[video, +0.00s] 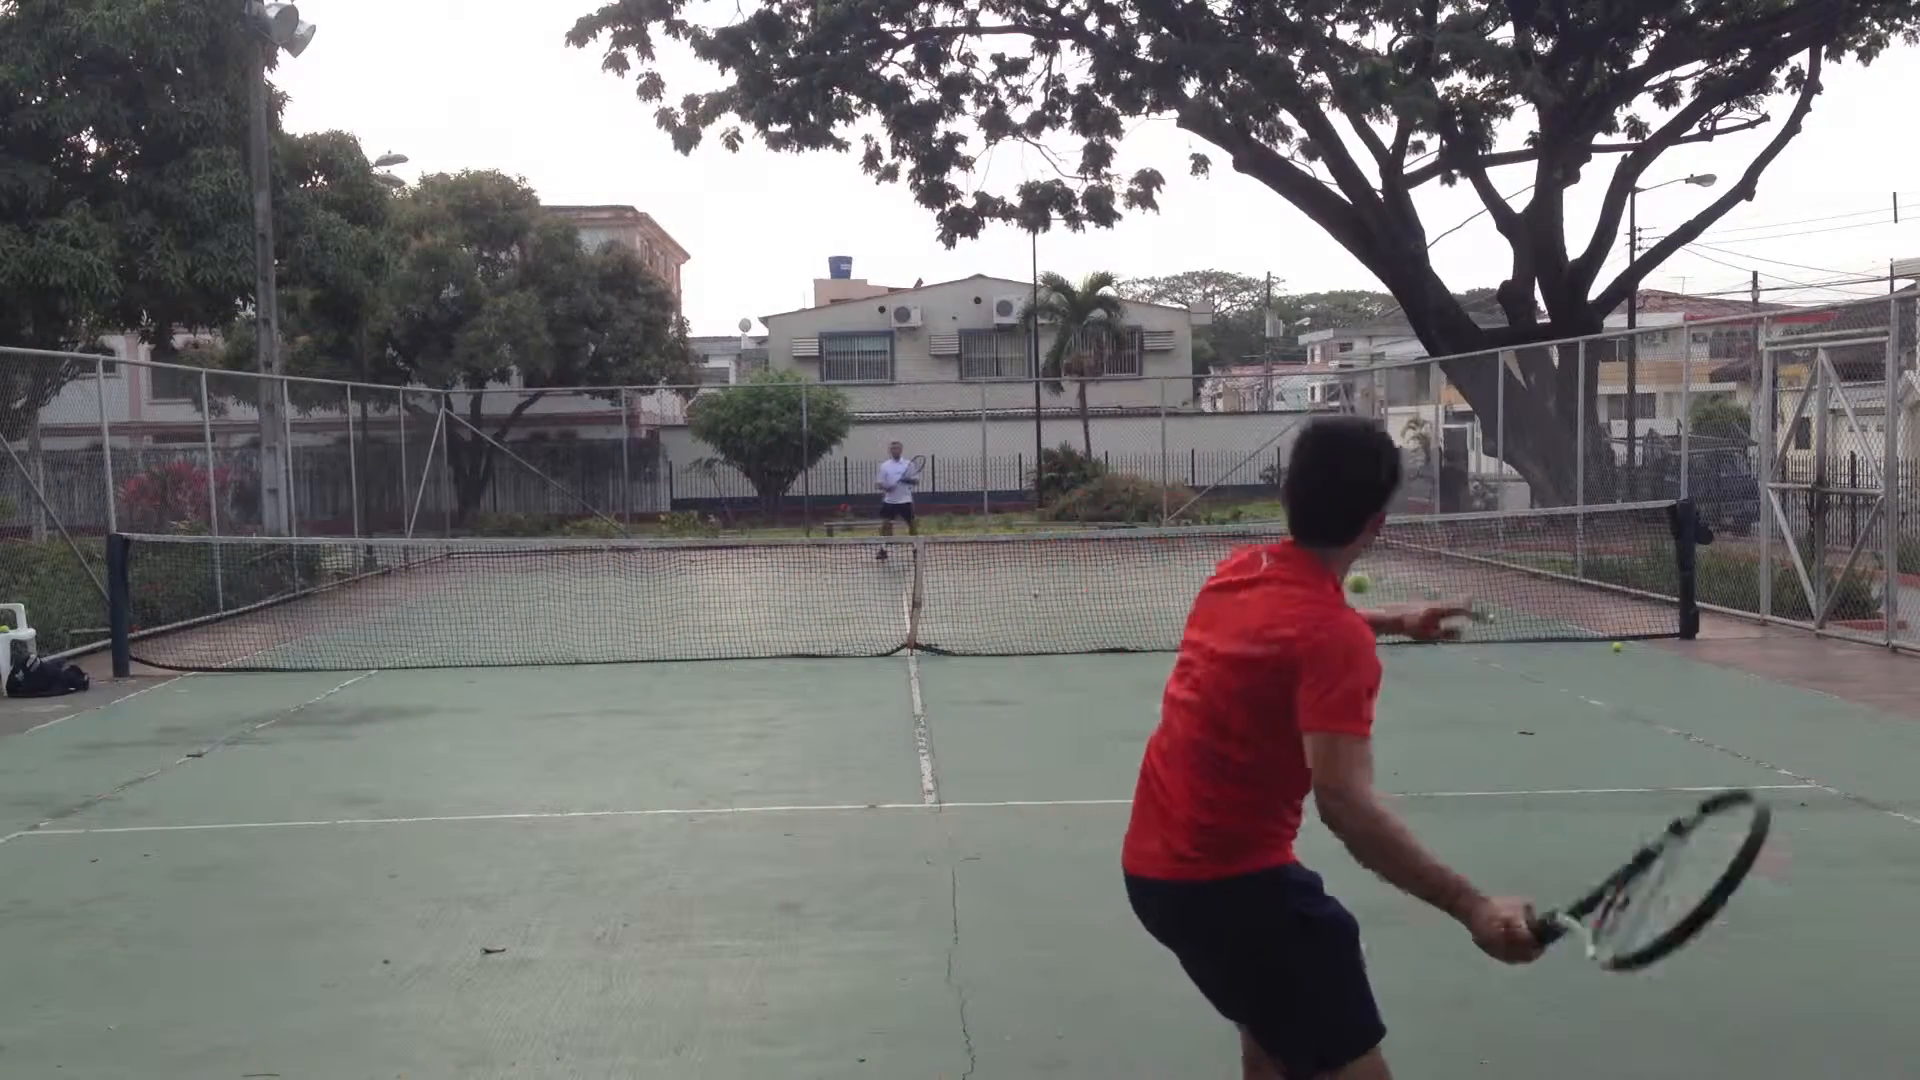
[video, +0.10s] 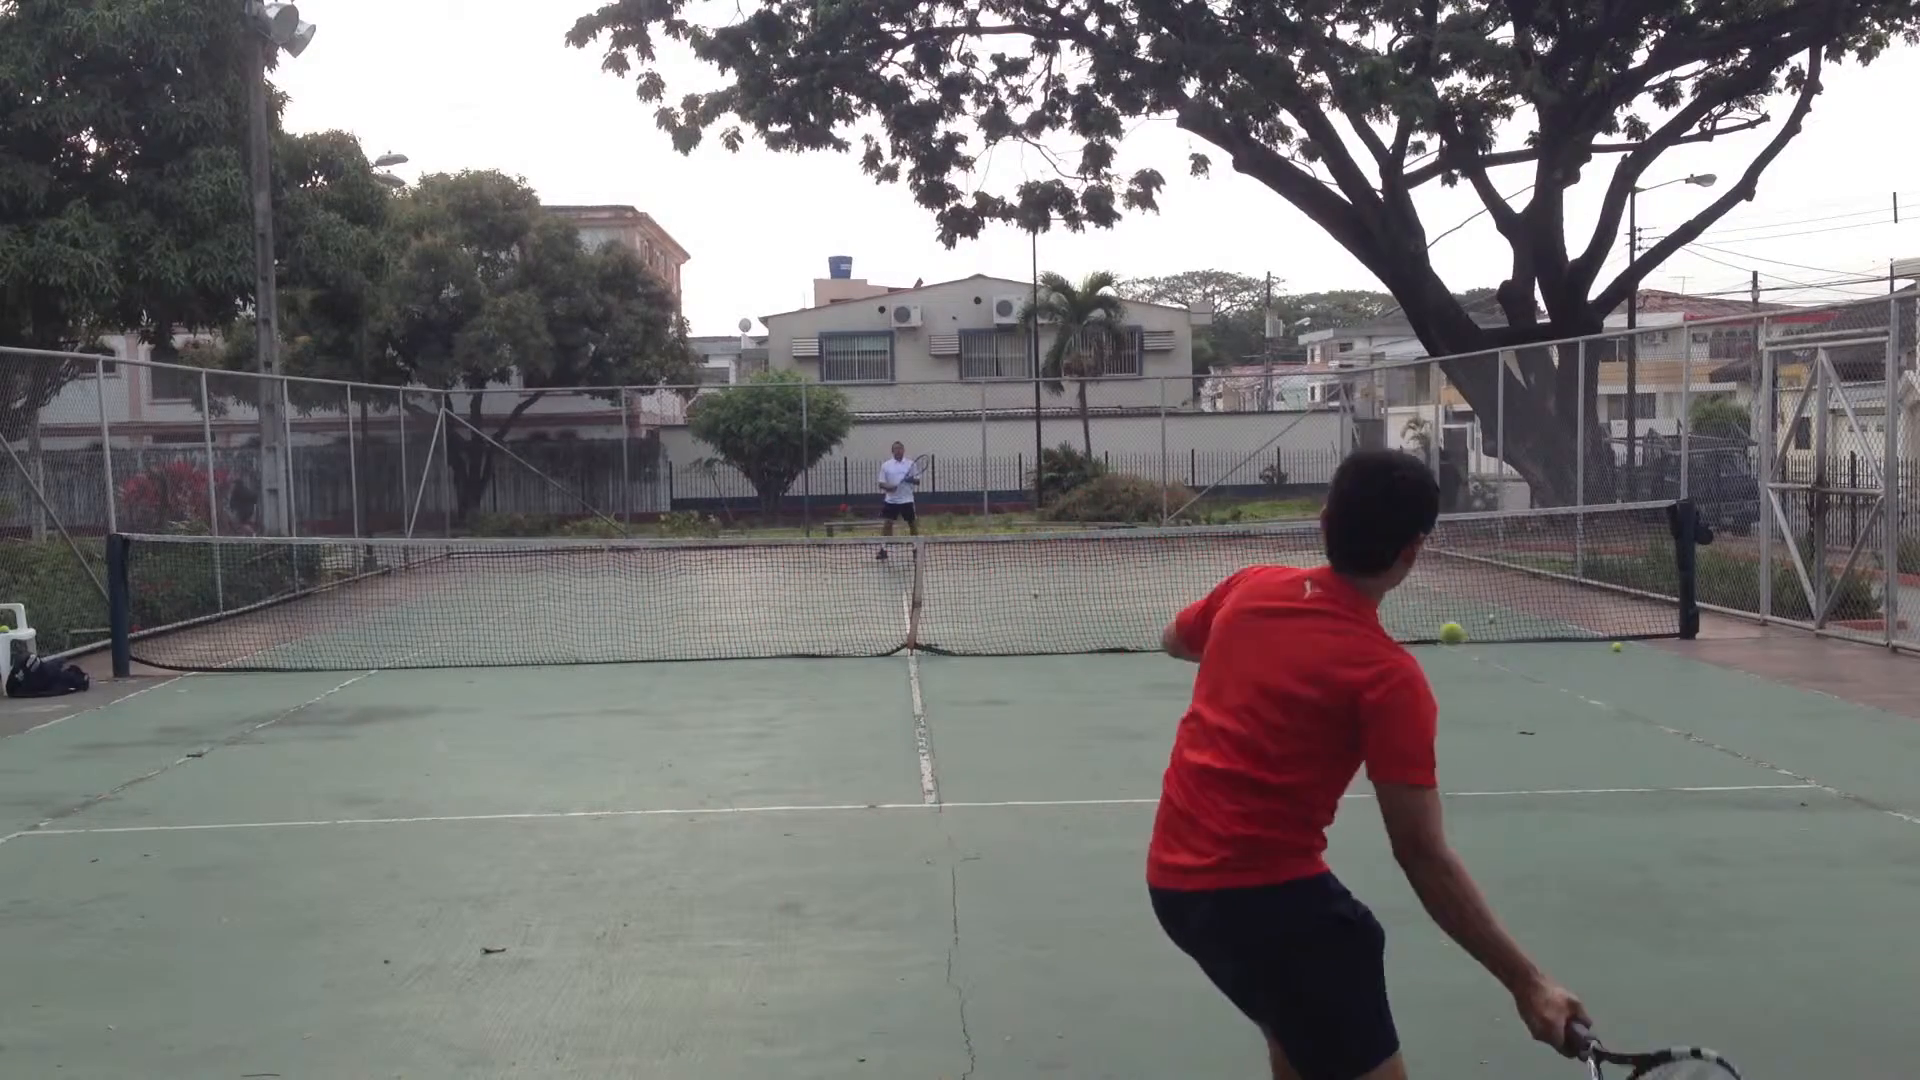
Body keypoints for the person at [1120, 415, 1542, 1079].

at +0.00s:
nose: (1383, 520)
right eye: (1385, 507)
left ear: (1291, 494)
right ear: (1374, 524)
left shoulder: (1235, 570)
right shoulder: (1333, 633)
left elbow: (1298, 618)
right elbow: (1344, 802)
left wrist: (1392, 623)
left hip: (1158, 867)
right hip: (1236, 880)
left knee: (1271, 1031)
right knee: (1355, 1062)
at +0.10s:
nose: (1421, 550)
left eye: (1421, 535)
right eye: (1423, 538)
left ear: (1329, 521)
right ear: (1410, 552)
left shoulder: (1251, 587)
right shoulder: (1386, 675)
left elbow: (1178, 637)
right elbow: (1422, 854)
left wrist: (1267, 639)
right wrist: (1528, 983)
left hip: (1180, 881)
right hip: (1272, 892)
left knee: (1294, 1035)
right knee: (1373, 1066)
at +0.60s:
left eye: (1336, 506)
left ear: (1333, 521)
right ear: (1413, 549)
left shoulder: (1277, 590)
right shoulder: (1413, 618)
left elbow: (1207, 703)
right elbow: (1304, 584)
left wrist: (1172, 747)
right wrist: (1191, 533)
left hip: (1275, 873)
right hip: (1386, 873)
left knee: (1305, 1008)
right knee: (1409, 1055)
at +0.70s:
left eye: (1306, 475)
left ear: (1305, 491)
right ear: (1387, 508)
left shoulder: (1257, 571)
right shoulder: (1395, 584)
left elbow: (1212, 691)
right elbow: (1273, 601)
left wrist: (1167, 752)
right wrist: (1146, 607)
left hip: (1277, 851)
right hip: (1386, 847)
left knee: (1309, 1006)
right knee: (1400, 1031)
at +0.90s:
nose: (1235, 463)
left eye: (1238, 453)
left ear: (1240, 470)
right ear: (1323, 473)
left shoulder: (1223, 563)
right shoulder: (1349, 562)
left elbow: (1219, 703)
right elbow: (1308, 696)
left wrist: (1159, 780)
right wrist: (1193, 764)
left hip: (1265, 850)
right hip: (1370, 842)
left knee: (1255, 1014)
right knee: (1347, 1032)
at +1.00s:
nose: (1211, 466)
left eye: (1212, 455)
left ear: (1216, 472)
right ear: (1300, 472)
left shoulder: (1203, 569)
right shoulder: (1341, 564)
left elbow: (1211, 708)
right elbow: (1319, 710)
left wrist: (1146, 777)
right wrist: (1211, 773)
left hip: (1243, 850)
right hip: (1350, 842)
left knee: (1194, 994)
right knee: (1321, 1030)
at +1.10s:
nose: (1188, 443)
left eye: (1190, 433)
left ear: (1195, 449)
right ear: (1277, 447)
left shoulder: (1180, 549)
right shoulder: (1327, 545)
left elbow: (1183, 691)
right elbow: (1350, 697)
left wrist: (1135, 757)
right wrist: (1188, 762)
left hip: (1213, 838)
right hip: (1324, 835)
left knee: (1145, 996)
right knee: (1307, 1026)